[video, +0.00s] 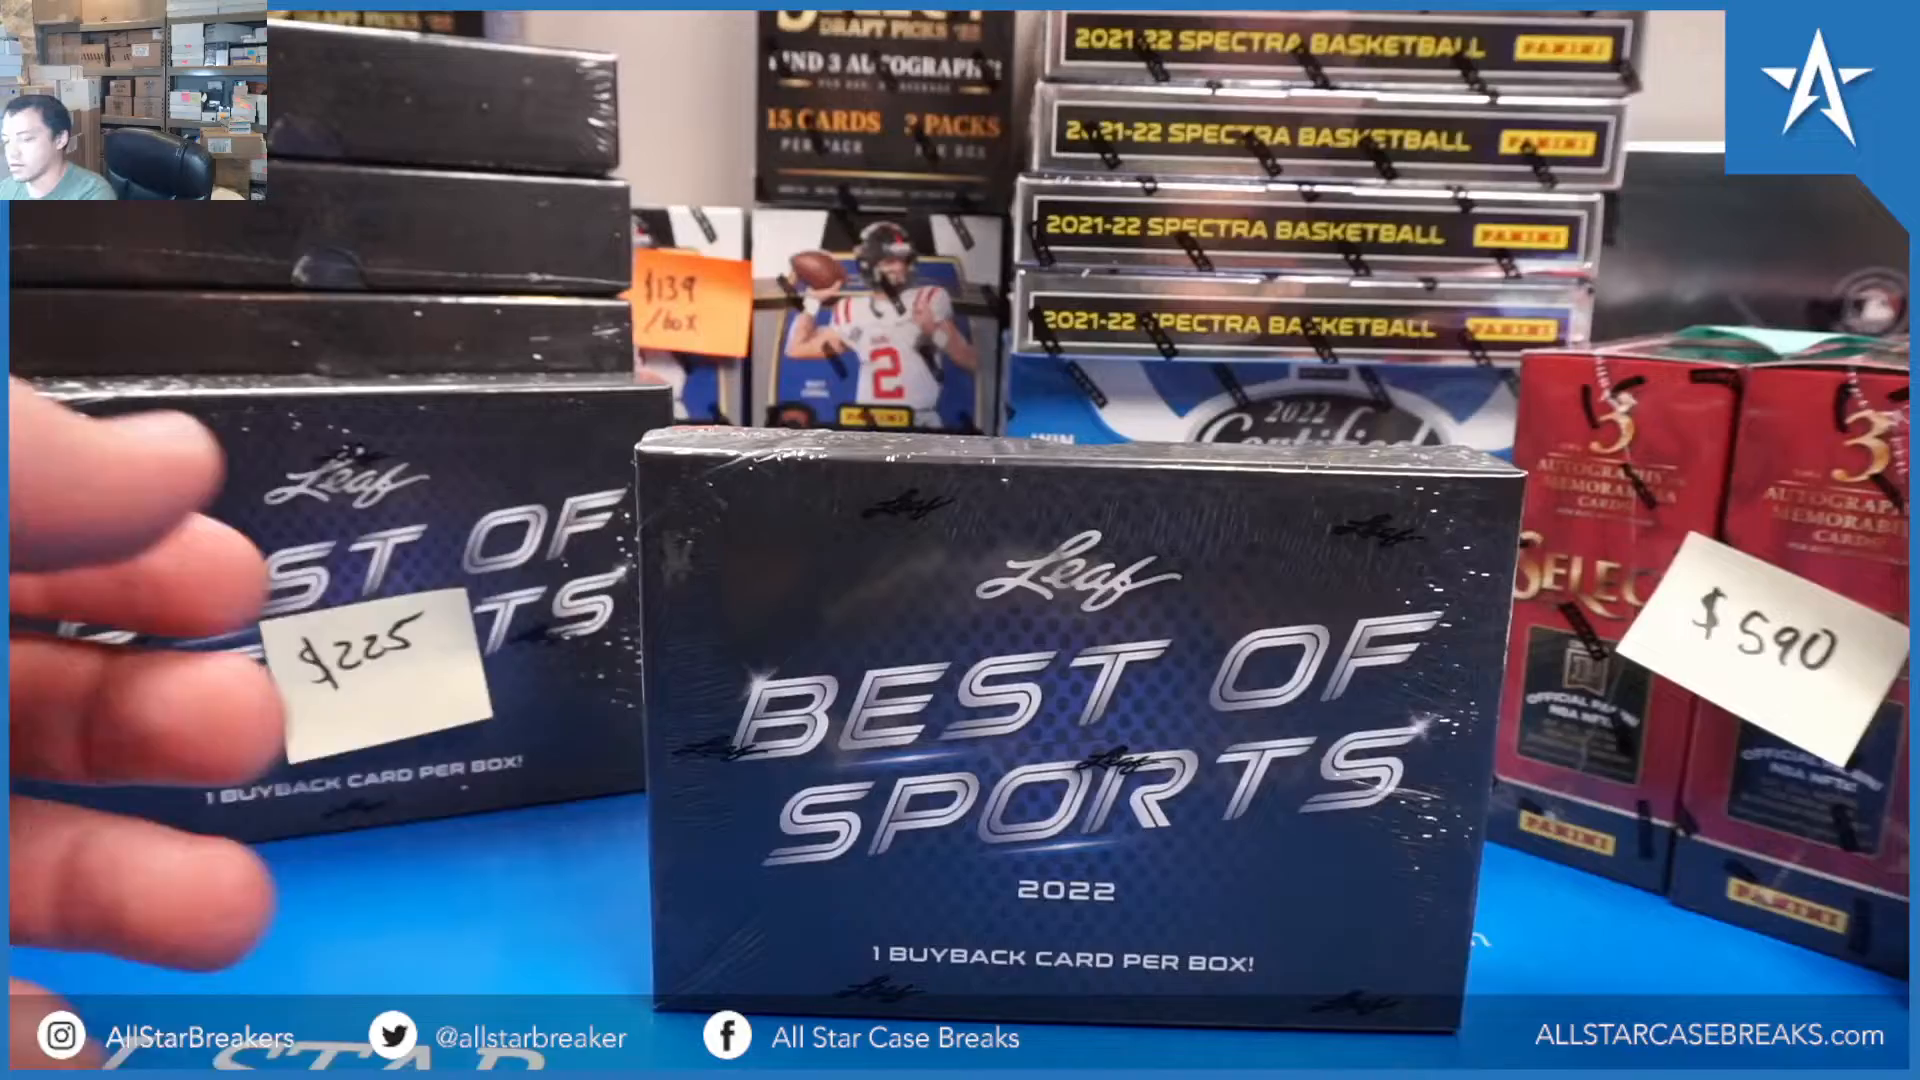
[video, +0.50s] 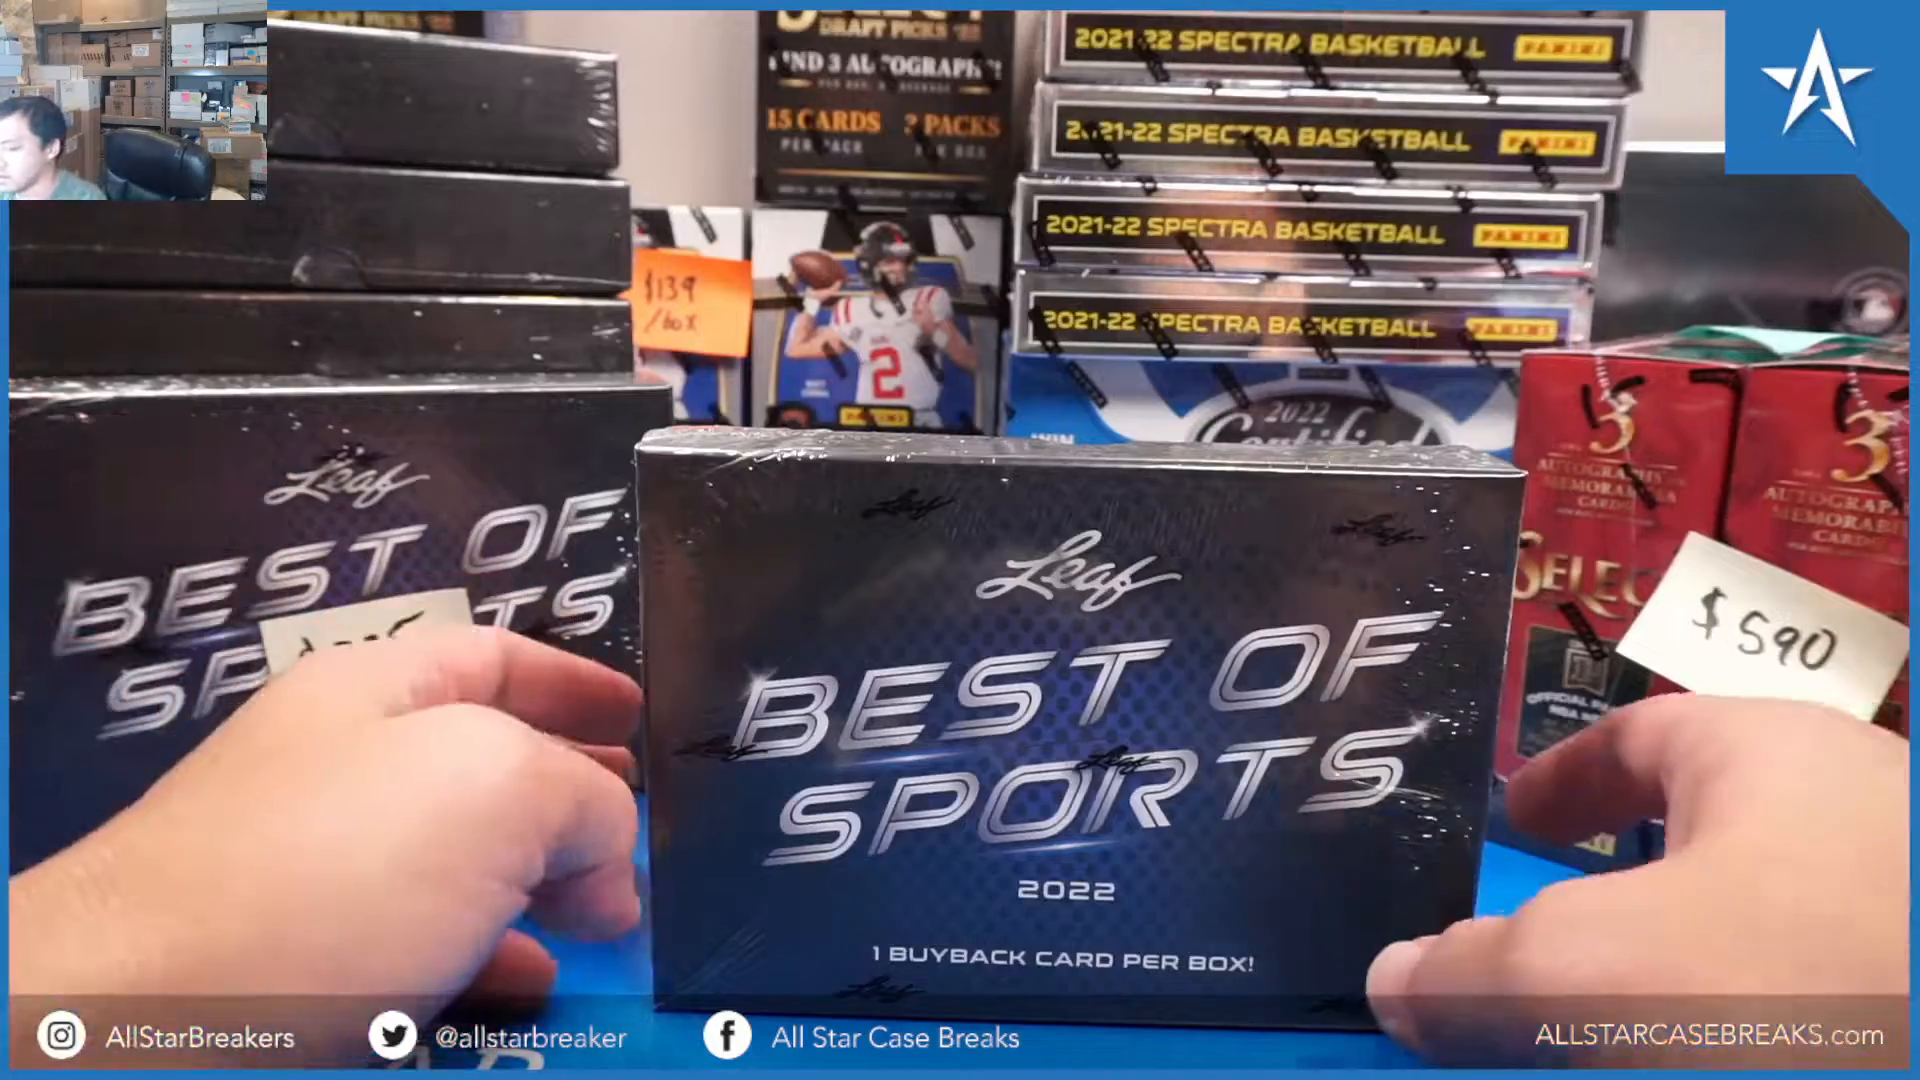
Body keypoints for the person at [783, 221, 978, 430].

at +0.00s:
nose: (897, 269)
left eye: (903, 260)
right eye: (887, 261)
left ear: (910, 263)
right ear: (868, 267)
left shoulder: (931, 298)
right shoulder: (851, 311)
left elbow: (972, 362)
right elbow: (796, 350)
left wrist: (935, 331)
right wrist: (812, 304)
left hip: (920, 419)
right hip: (868, 421)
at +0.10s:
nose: (897, 269)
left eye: (903, 260)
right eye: (887, 261)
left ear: (910, 263)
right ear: (868, 267)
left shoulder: (931, 298)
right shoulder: (851, 311)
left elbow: (972, 362)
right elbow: (796, 350)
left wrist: (935, 331)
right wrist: (812, 304)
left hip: (921, 419)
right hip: (868, 421)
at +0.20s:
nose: (897, 269)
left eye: (903, 260)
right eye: (888, 261)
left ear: (910, 263)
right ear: (868, 267)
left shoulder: (931, 298)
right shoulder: (851, 311)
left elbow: (972, 362)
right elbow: (796, 350)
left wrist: (935, 331)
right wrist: (812, 304)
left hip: (921, 420)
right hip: (868, 422)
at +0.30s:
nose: (897, 269)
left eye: (903, 260)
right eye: (888, 261)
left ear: (910, 263)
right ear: (868, 267)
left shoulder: (931, 298)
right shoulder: (851, 311)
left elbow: (972, 362)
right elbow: (796, 350)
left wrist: (935, 331)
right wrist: (812, 304)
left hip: (921, 420)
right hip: (868, 421)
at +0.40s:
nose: (897, 269)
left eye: (903, 260)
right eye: (888, 261)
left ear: (910, 263)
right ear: (868, 267)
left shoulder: (931, 298)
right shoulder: (851, 311)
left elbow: (971, 362)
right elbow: (795, 350)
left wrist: (935, 331)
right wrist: (812, 304)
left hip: (921, 419)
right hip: (868, 421)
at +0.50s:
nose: (897, 269)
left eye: (903, 260)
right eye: (887, 261)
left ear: (910, 263)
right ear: (868, 267)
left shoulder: (931, 298)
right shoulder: (851, 310)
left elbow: (972, 362)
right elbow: (796, 350)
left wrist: (935, 331)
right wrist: (812, 304)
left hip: (920, 419)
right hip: (868, 421)